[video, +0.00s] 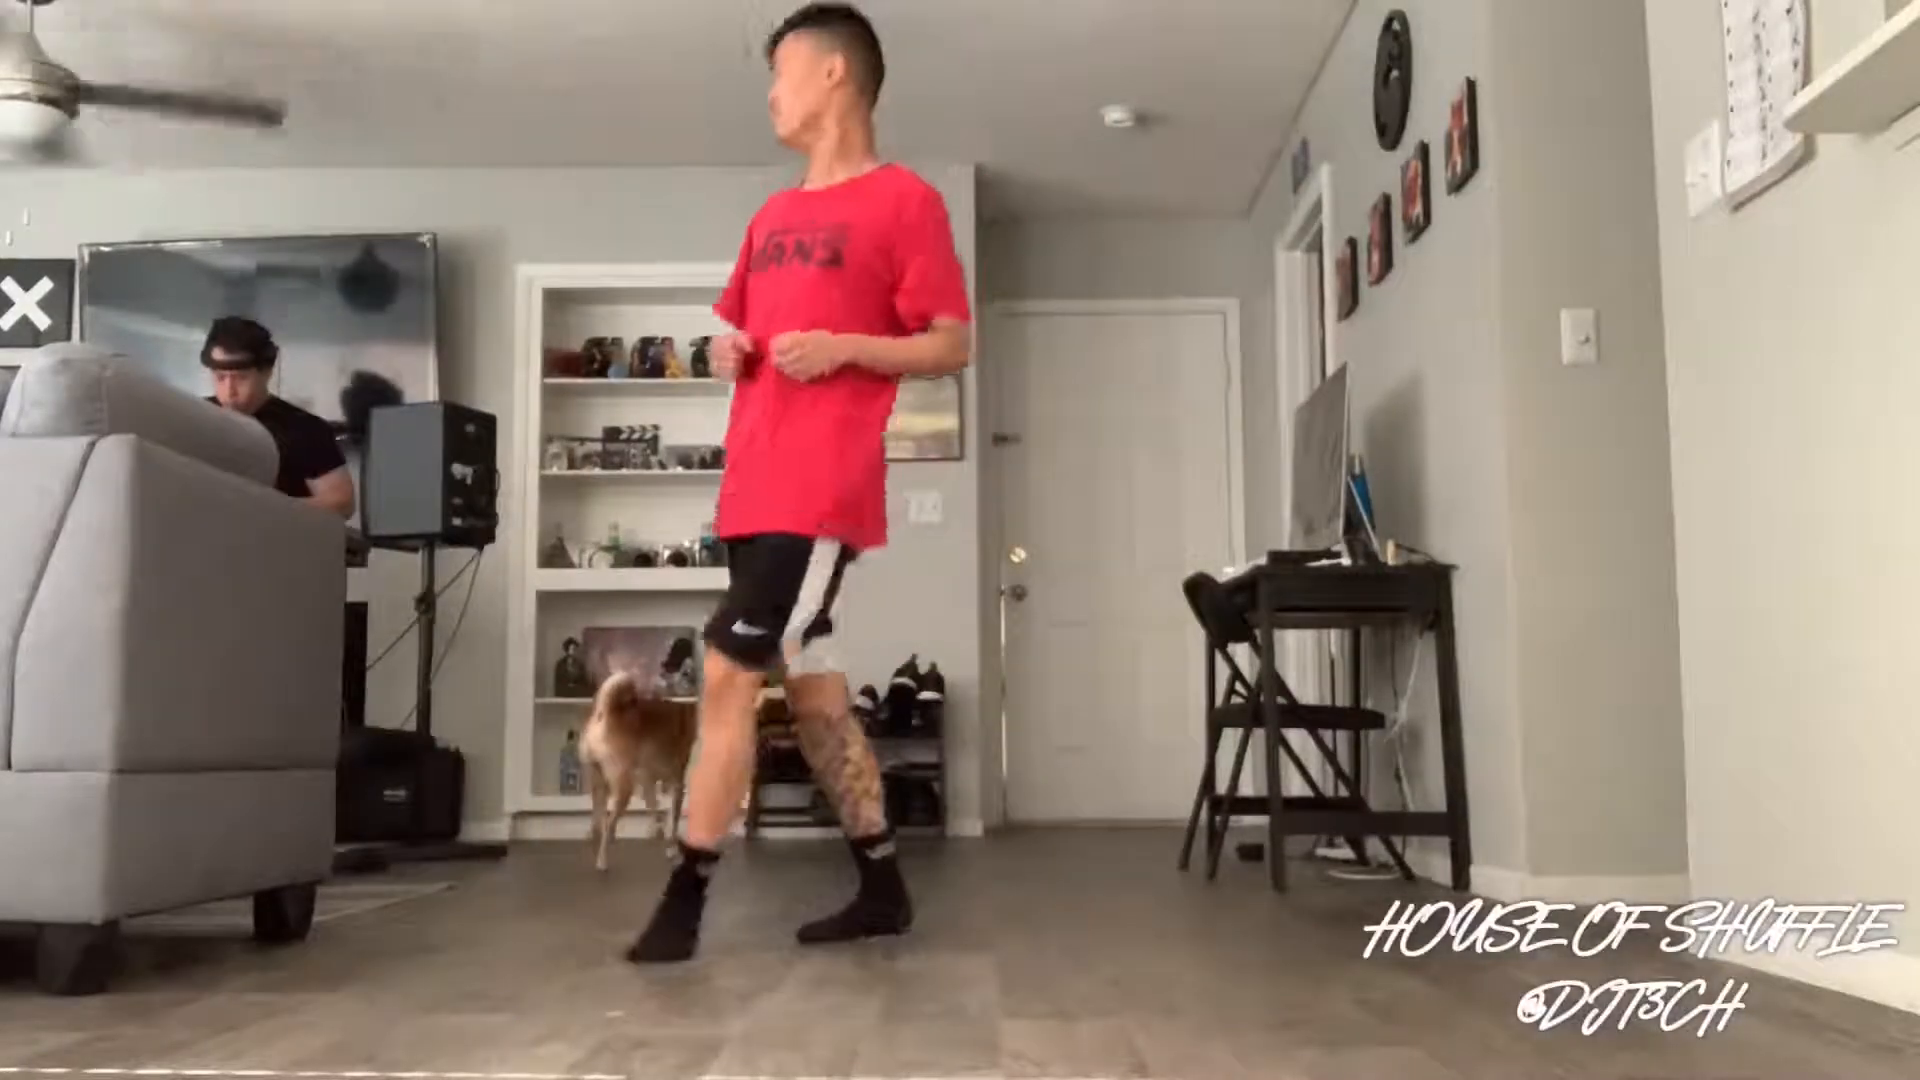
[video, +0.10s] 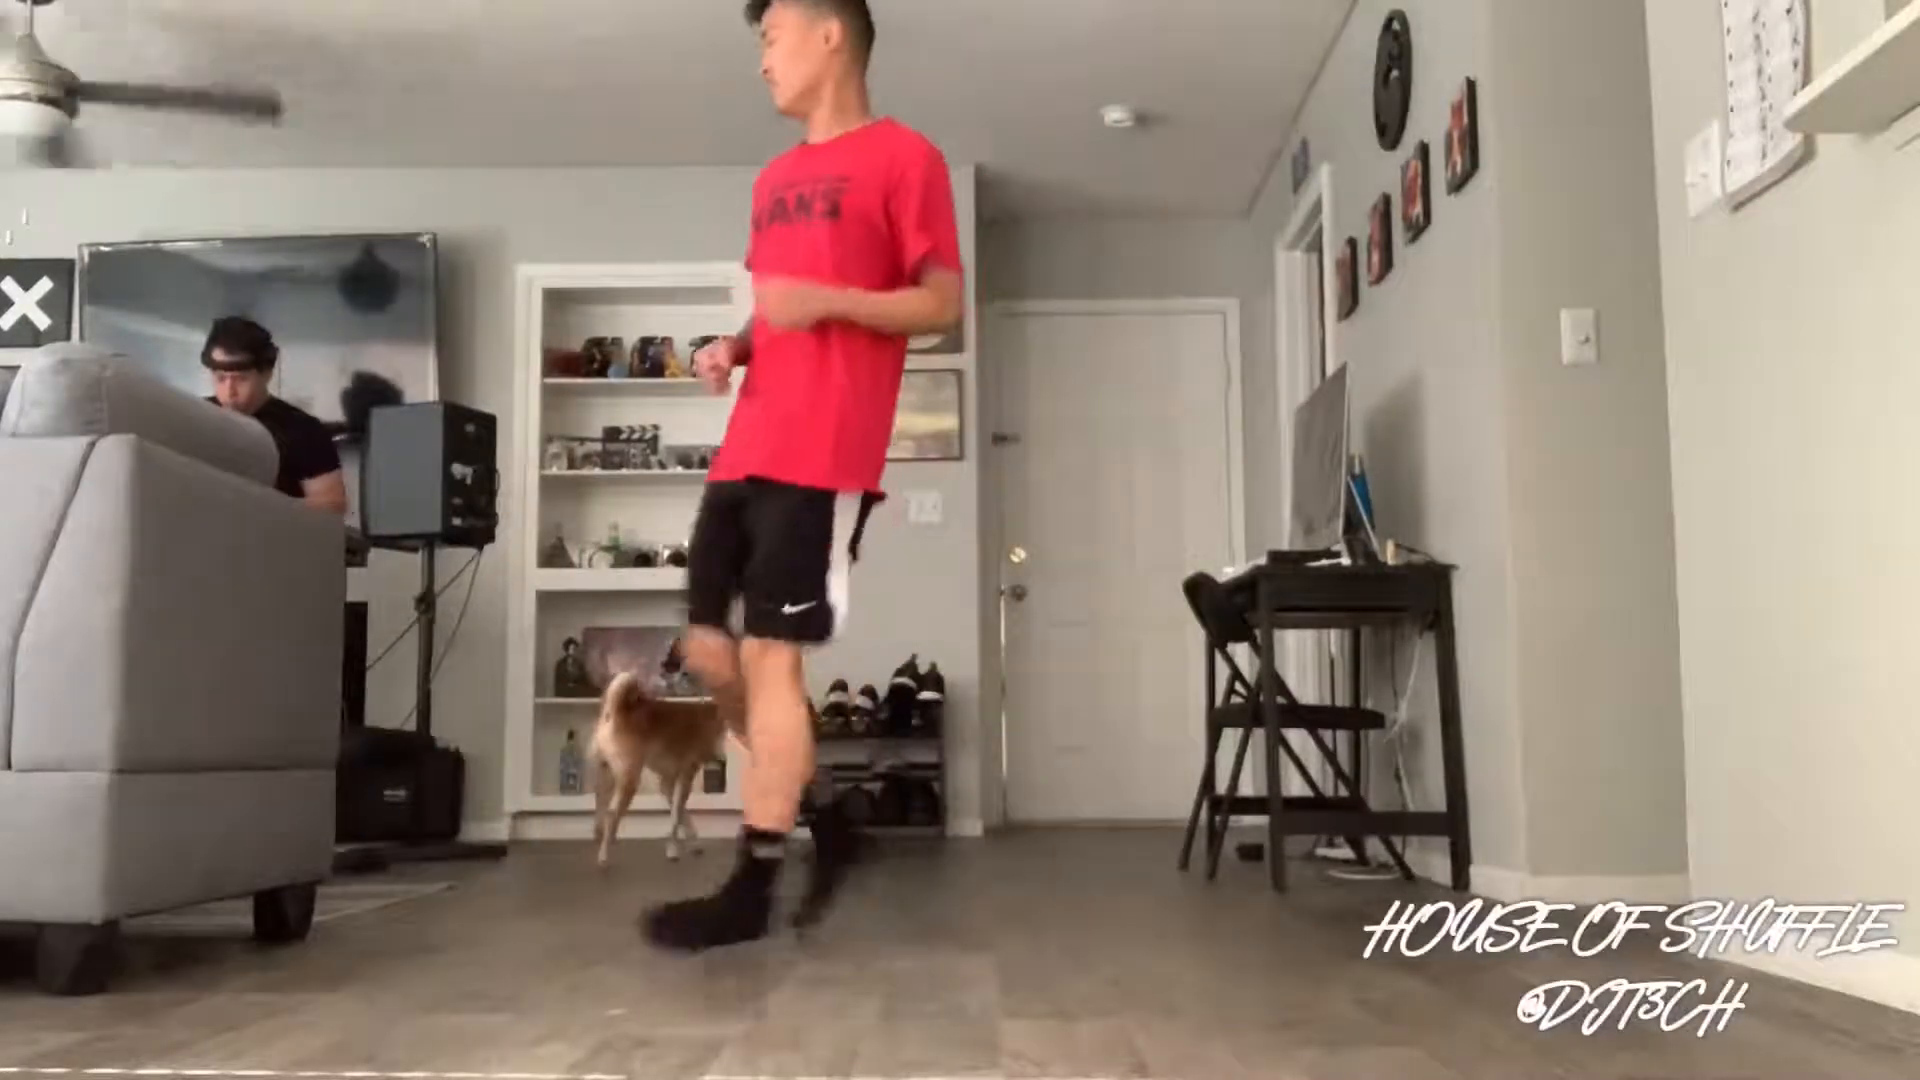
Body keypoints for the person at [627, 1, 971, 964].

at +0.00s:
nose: (769, 90)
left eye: (781, 68)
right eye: (772, 72)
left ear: (836, 74)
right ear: (826, 78)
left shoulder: (905, 201)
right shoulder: (773, 214)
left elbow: (952, 343)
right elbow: (741, 334)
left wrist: (846, 347)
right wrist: (731, 351)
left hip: (826, 486)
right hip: (755, 484)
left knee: (728, 671)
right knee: (814, 691)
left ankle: (682, 901)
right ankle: (882, 885)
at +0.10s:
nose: (760, 62)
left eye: (772, 39)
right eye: (760, 44)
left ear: (832, 39)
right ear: (816, 45)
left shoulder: (905, 157)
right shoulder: (776, 177)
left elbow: (944, 307)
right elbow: (784, 309)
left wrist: (823, 301)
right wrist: (736, 352)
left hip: (825, 450)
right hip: (753, 441)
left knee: (770, 650)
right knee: (709, 646)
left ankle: (754, 885)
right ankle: (820, 820)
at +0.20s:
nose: (750, 65)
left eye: (765, 45)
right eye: (752, 49)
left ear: (826, 51)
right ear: (806, 57)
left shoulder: (899, 166)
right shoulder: (772, 199)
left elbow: (941, 307)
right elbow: (785, 341)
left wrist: (830, 250)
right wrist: (732, 368)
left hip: (835, 465)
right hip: (759, 447)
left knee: (786, 682)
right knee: (635, 572)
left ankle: (832, 899)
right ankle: (764, 718)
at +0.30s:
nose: (750, 49)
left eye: (766, 28)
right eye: (750, 32)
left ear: (827, 33)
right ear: (797, 42)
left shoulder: (899, 143)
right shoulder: (776, 175)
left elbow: (939, 281)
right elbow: (787, 327)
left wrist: (817, 236)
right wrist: (733, 388)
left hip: (847, 446)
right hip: (766, 434)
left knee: (834, 660)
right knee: (657, 577)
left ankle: (838, 889)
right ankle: (755, 748)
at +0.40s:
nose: (763, 74)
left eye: (778, 55)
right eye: (763, 59)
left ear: (840, 61)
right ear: (807, 69)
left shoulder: (903, 163)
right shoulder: (781, 206)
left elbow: (943, 291)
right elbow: (798, 352)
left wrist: (831, 250)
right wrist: (734, 410)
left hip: (854, 465)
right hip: (766, 462)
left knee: (855, 676)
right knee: (709, 652)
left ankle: (901, 872)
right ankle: (740, 886)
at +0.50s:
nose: (772, 78)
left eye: (787, 58)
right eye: (770, 66)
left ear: (851, 65)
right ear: (795, 83)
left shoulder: (912, 170)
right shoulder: (782, 216)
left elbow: (960, 305)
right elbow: (785, 367)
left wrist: (846, 324)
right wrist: (731, 437)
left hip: (865, 481)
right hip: (774, 483)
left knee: (888, 685)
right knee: (736, 671)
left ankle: (915, 885)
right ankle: (748, 904)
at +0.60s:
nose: (805, 52)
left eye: (824, 32)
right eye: (797, 40)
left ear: (885, 47)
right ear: (798, 61)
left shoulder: (942, 157)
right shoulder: (789, 189)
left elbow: (961, 300)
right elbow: (787, 328)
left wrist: (928, 414)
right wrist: (772, 434)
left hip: (909, 436)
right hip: (816, 443)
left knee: (878, 661)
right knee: (818, 667)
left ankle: (918, 830)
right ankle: (824, 884)